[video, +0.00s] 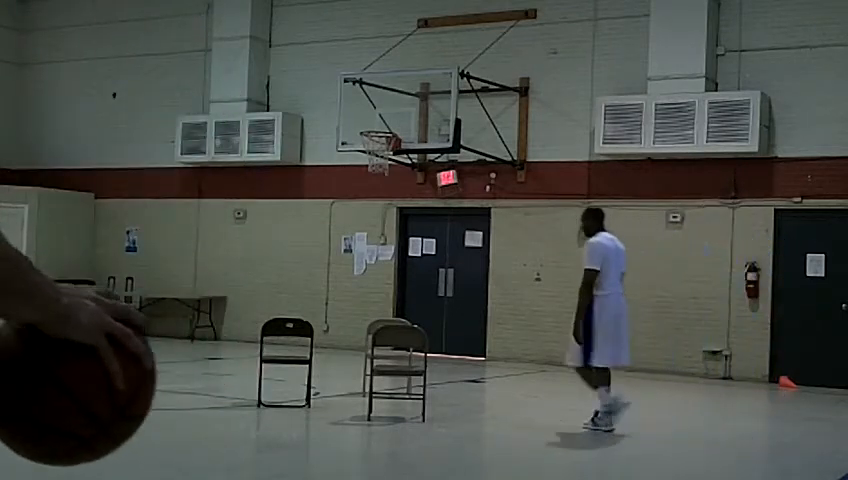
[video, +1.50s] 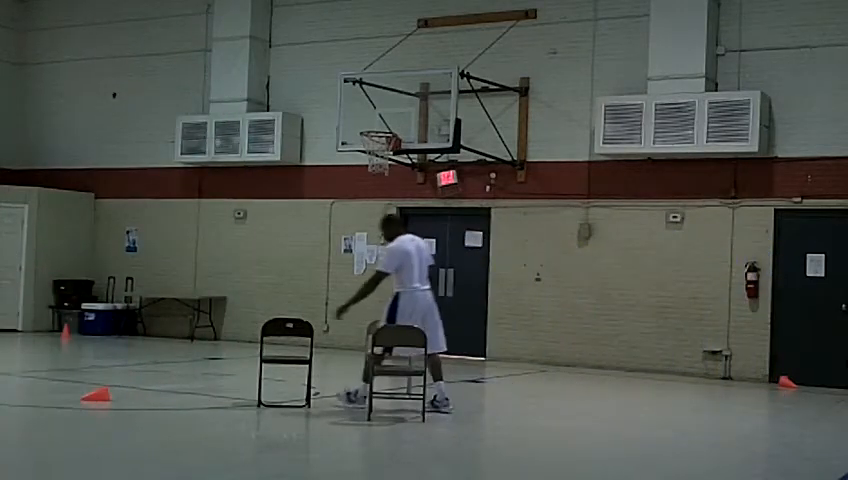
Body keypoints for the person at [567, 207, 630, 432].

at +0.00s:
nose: (581, 226)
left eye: (583, 221)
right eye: (582, 221)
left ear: (591, 222)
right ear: (602, 221)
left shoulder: (595, 244)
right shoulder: (616, 243)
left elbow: (587, 284)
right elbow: (620, 278)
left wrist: (578, 319)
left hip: (599, 307)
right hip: (614, 306)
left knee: (580, 361)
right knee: (603, 360)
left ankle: (609, 401)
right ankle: (604, 413)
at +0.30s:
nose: (542, 231)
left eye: (543, 227)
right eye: (542, 227)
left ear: (550, 227)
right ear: (561, 226)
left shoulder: (556, 249)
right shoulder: (577, 247)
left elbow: (558, 289)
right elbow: (575, 284)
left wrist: (555, 324)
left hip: (561, 309)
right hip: (580, 308)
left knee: (538, 357)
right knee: (588, 359)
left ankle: (524, 405)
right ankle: (602, 410)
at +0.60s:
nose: (504, 228)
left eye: (505, 224)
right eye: (503, 224)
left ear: (512, 223)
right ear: (521, 221)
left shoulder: (516, 243)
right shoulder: (539, 242)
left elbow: (507, 277)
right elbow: (543, 273)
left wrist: (492, 308)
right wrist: (539, 296)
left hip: (519, 299)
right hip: (536, 299)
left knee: (514, 352)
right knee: (523, 351)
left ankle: (520, 406)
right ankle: (541, 388)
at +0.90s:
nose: (468, 229)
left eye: (469, 224)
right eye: (468, 224)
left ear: (476, 224)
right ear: (487, 224)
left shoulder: (475, 245)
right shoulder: (501, 246)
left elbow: (463, 276)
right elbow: (506, 282)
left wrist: (454, 292)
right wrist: (505, 314)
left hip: (481, 298)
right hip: (496, 298)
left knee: (494, 353)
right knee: (467, 350)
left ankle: (517, 404)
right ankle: (449, 397)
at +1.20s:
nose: (430, 227)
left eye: (431, 223)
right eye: (431, 222)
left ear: (435, 222)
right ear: (447, 222)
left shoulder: (437, 241)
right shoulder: (462, 242)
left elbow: (428, 271)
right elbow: (467, 271)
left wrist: (420, 286)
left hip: (441, 295)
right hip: (458, 294)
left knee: (428, 345)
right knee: (444, 346)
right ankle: (444, 394)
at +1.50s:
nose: (383, 235)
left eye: (384, 231)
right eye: (383, 231)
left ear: (392, 228)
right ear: (402, 227)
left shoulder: (396, 247)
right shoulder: (421, 242)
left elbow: (375, 281)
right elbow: (430, 267)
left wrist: (348, 304)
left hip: (405, 299)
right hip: (426, 297)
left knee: (383, 347)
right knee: (431, 349)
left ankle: (362, 392)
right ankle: (441, 396)